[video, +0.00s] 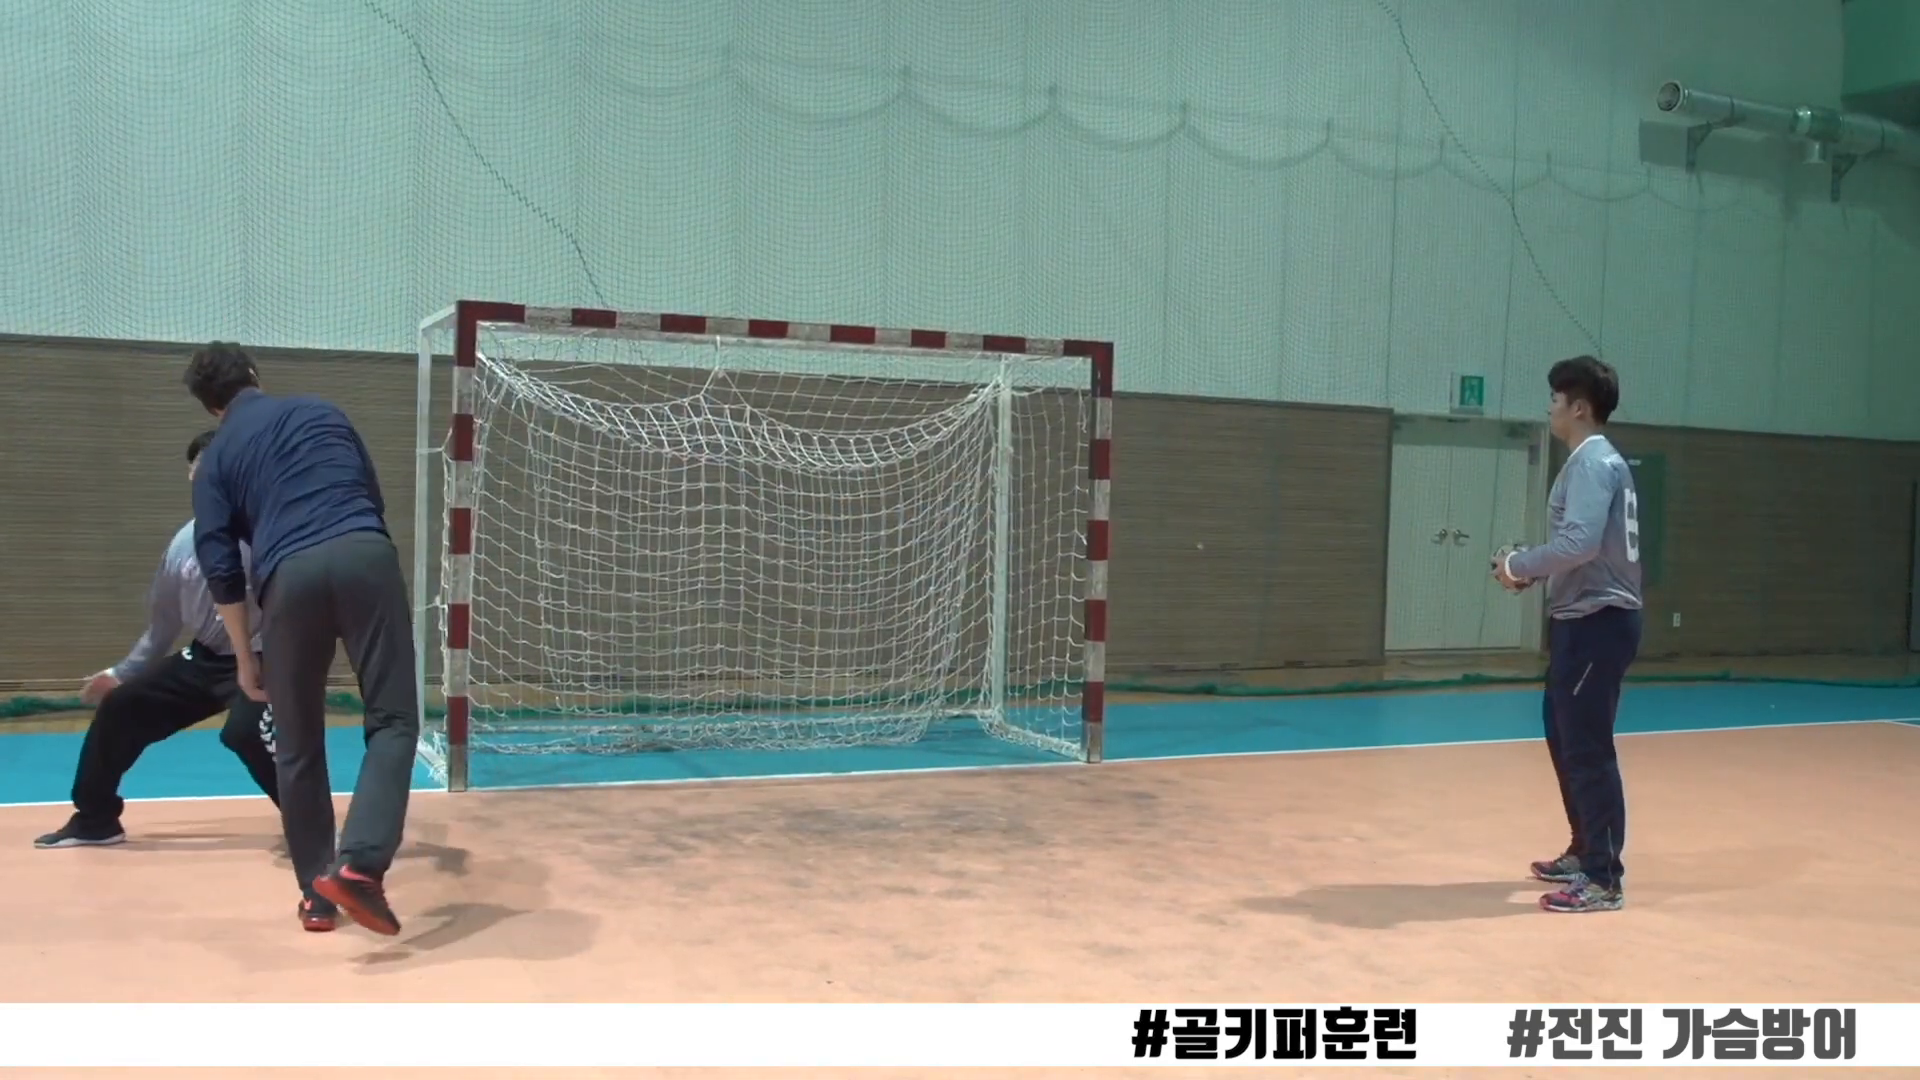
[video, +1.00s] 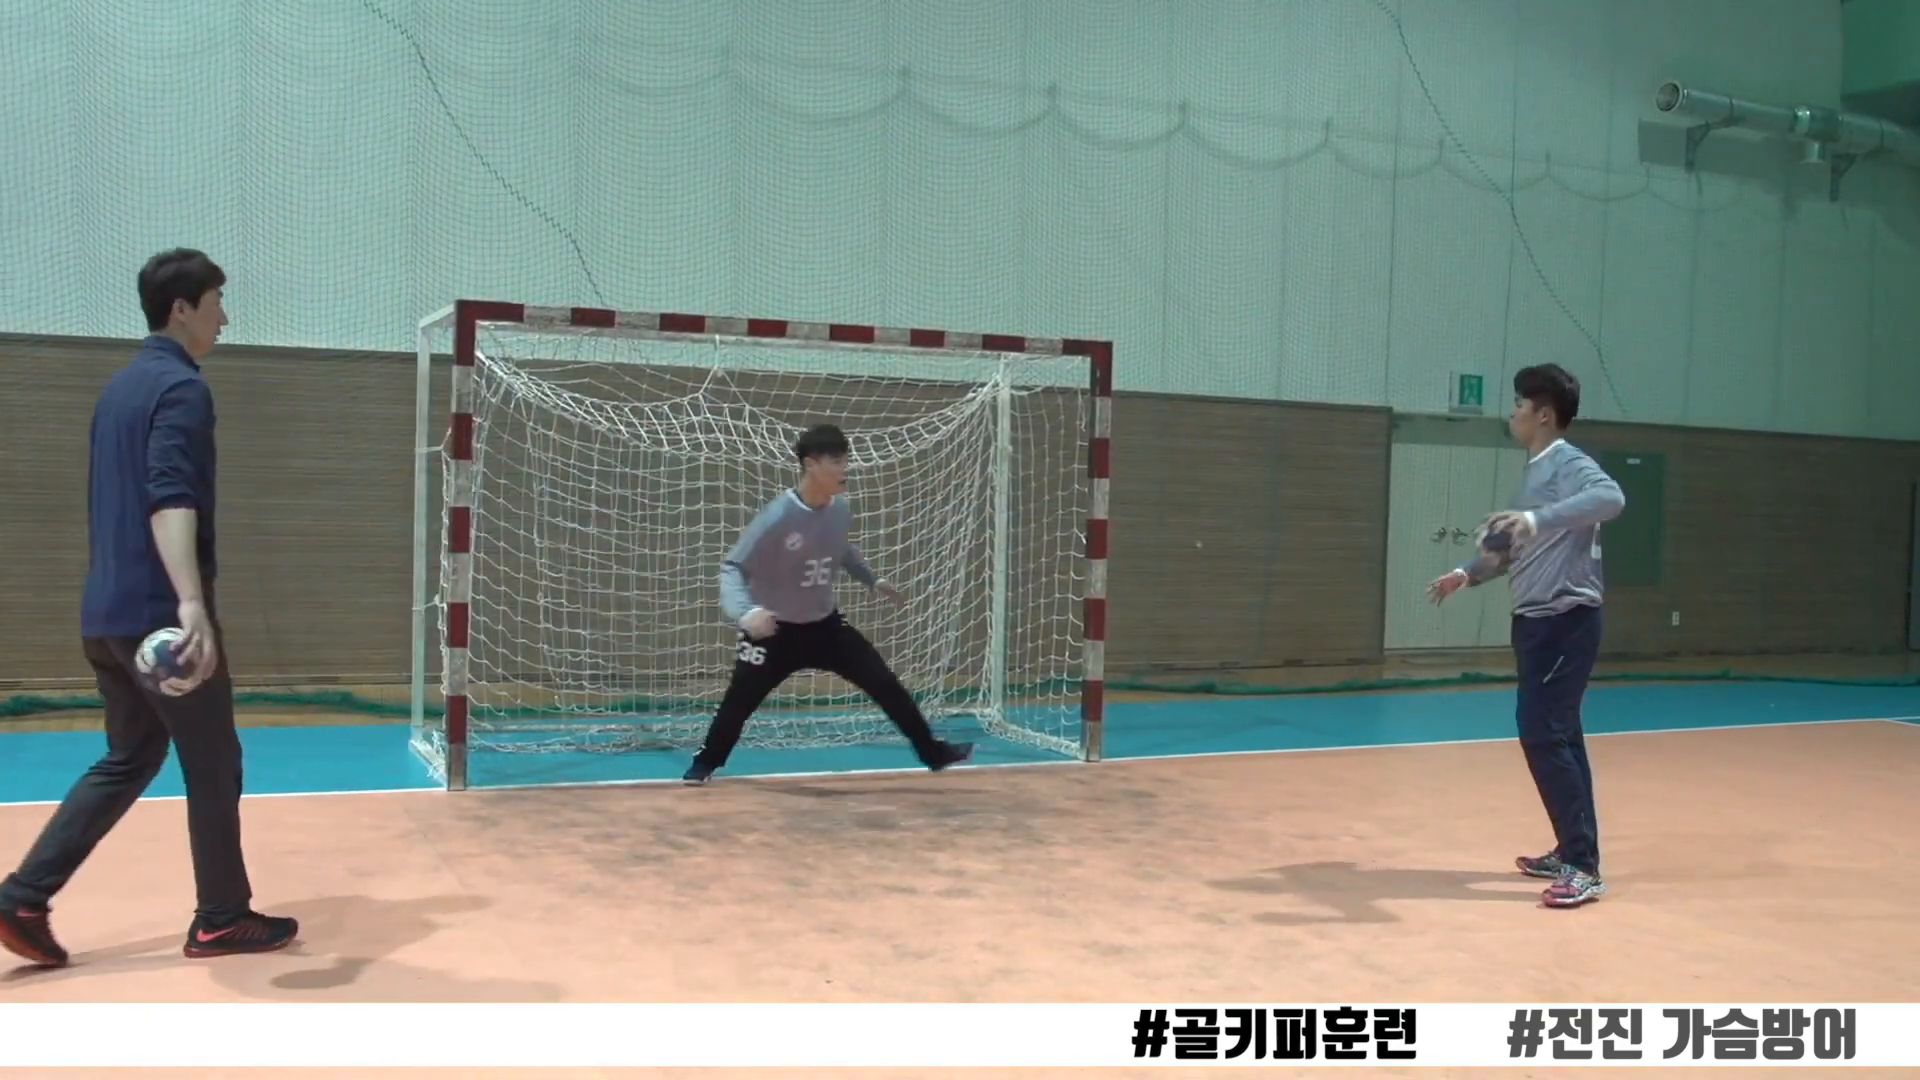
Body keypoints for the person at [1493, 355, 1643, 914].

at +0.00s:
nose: (1550, 408)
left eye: (1557, 399)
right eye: (1552, 398)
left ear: (1581, 405)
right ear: (1585, 407)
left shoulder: (1593, 460)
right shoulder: (1591, 459)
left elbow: (1581, 543)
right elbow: (1583, 545)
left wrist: (1520, 564)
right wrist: (1533, 569)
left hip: (1600, 620)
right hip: (1583, 619)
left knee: (1584, 738)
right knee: (1562, 731)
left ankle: (1603, 878)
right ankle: (1586, 852)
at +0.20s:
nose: (1548, 408)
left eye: (1554, 399)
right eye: (1550, 398)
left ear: (1578, 406)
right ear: (1584, 408)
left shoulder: (1587, 462)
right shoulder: (1593, 461)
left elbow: (1565, 540)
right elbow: (1573, 542)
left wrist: (1514, 556)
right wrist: (1523, 555)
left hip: (1586, 621)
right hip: (1576, 620)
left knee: (1579, 744)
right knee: (1568, 743)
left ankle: (1603, 879)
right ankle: (1575, 853)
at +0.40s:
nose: (1543, 408)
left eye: (1549, 399)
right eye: (1546, 398)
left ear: (1572, 406)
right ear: (1579, 409)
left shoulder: (1578, 461)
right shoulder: (1595, 462)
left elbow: (1555, 536)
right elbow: (1567, 539)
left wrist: (1501, 552)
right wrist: (1513, 551)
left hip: (1577, 620)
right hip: (1578, 618)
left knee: (1571, 742)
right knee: (1566, 741)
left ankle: (1599, 875)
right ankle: (1574, 853)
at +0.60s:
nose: (1537, 408)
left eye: (1543, 399)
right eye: (1540, 398)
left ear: (1565, 405)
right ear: (1573, 408)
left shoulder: (1570, 458)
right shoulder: (1590, 460)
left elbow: (1546, 529)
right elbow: (1559, 534)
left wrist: (1495, 531)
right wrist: (1507, 539)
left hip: (1569, 617)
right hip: (1583, 615)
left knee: (1560, 737)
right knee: (1568, 735)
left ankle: (1594, 869)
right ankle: (1574, 850)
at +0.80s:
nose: (1532, 410)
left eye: (1538, 402)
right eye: (1535, 400)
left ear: (1558, 408)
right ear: (1568, 410)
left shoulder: (1565, 461)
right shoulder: (1579, 460)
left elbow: (1552, 530)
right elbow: (1552, 536)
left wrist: (1492, 534)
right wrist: (1499, 543)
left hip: (1564, 617)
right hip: (1579, 615)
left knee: (1547, 733)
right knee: (1573, 733)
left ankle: (1588, 865)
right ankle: (1577, 851)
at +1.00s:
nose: (1511, 414)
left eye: (1519, 404)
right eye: (1515, 404)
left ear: (1544, 413)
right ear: (1541, 413)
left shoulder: (1566, 459)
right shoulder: (1534, 474)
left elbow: (1610, 498)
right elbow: (1515, 542)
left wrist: (1538, 520)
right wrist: (1468, 572)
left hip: (1565, 619)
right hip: (1538, 620)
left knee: (1544, 733)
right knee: (1555, 734)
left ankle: (1584, 867)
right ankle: (1573, 852)